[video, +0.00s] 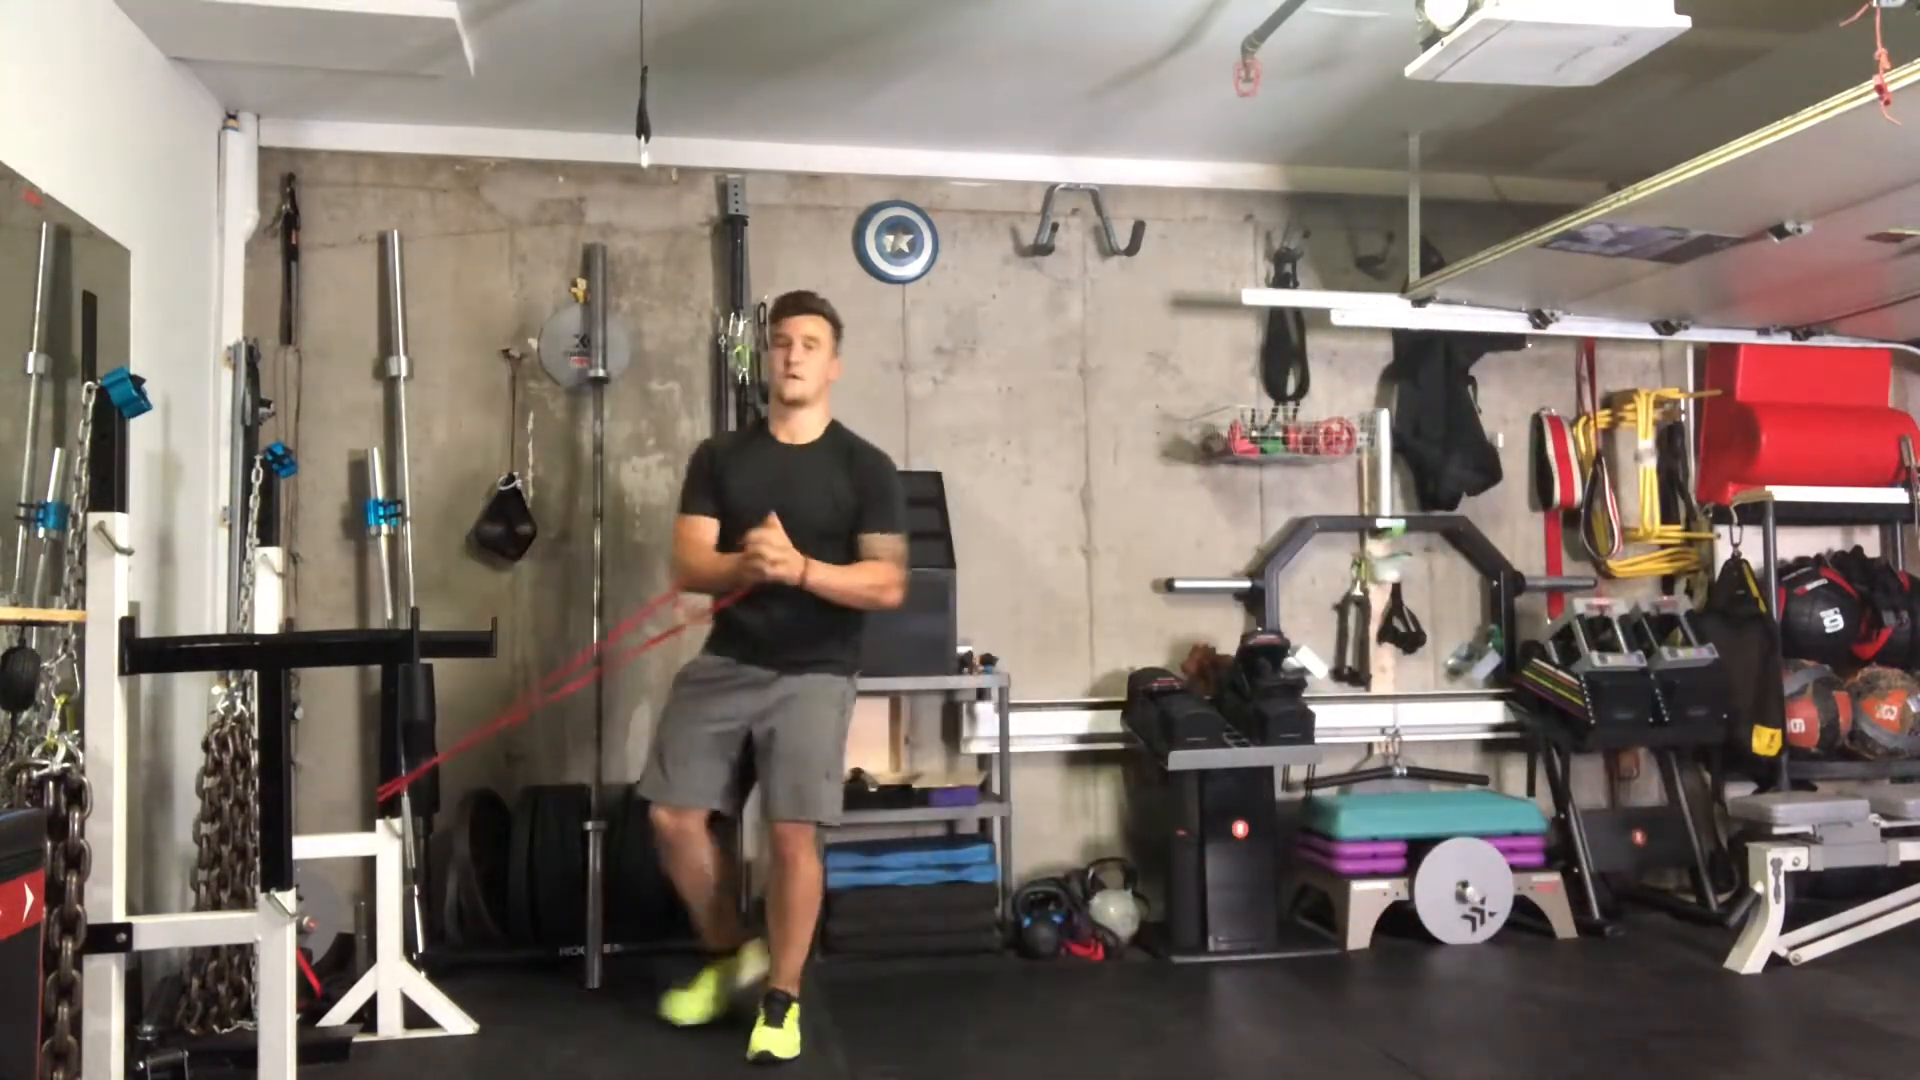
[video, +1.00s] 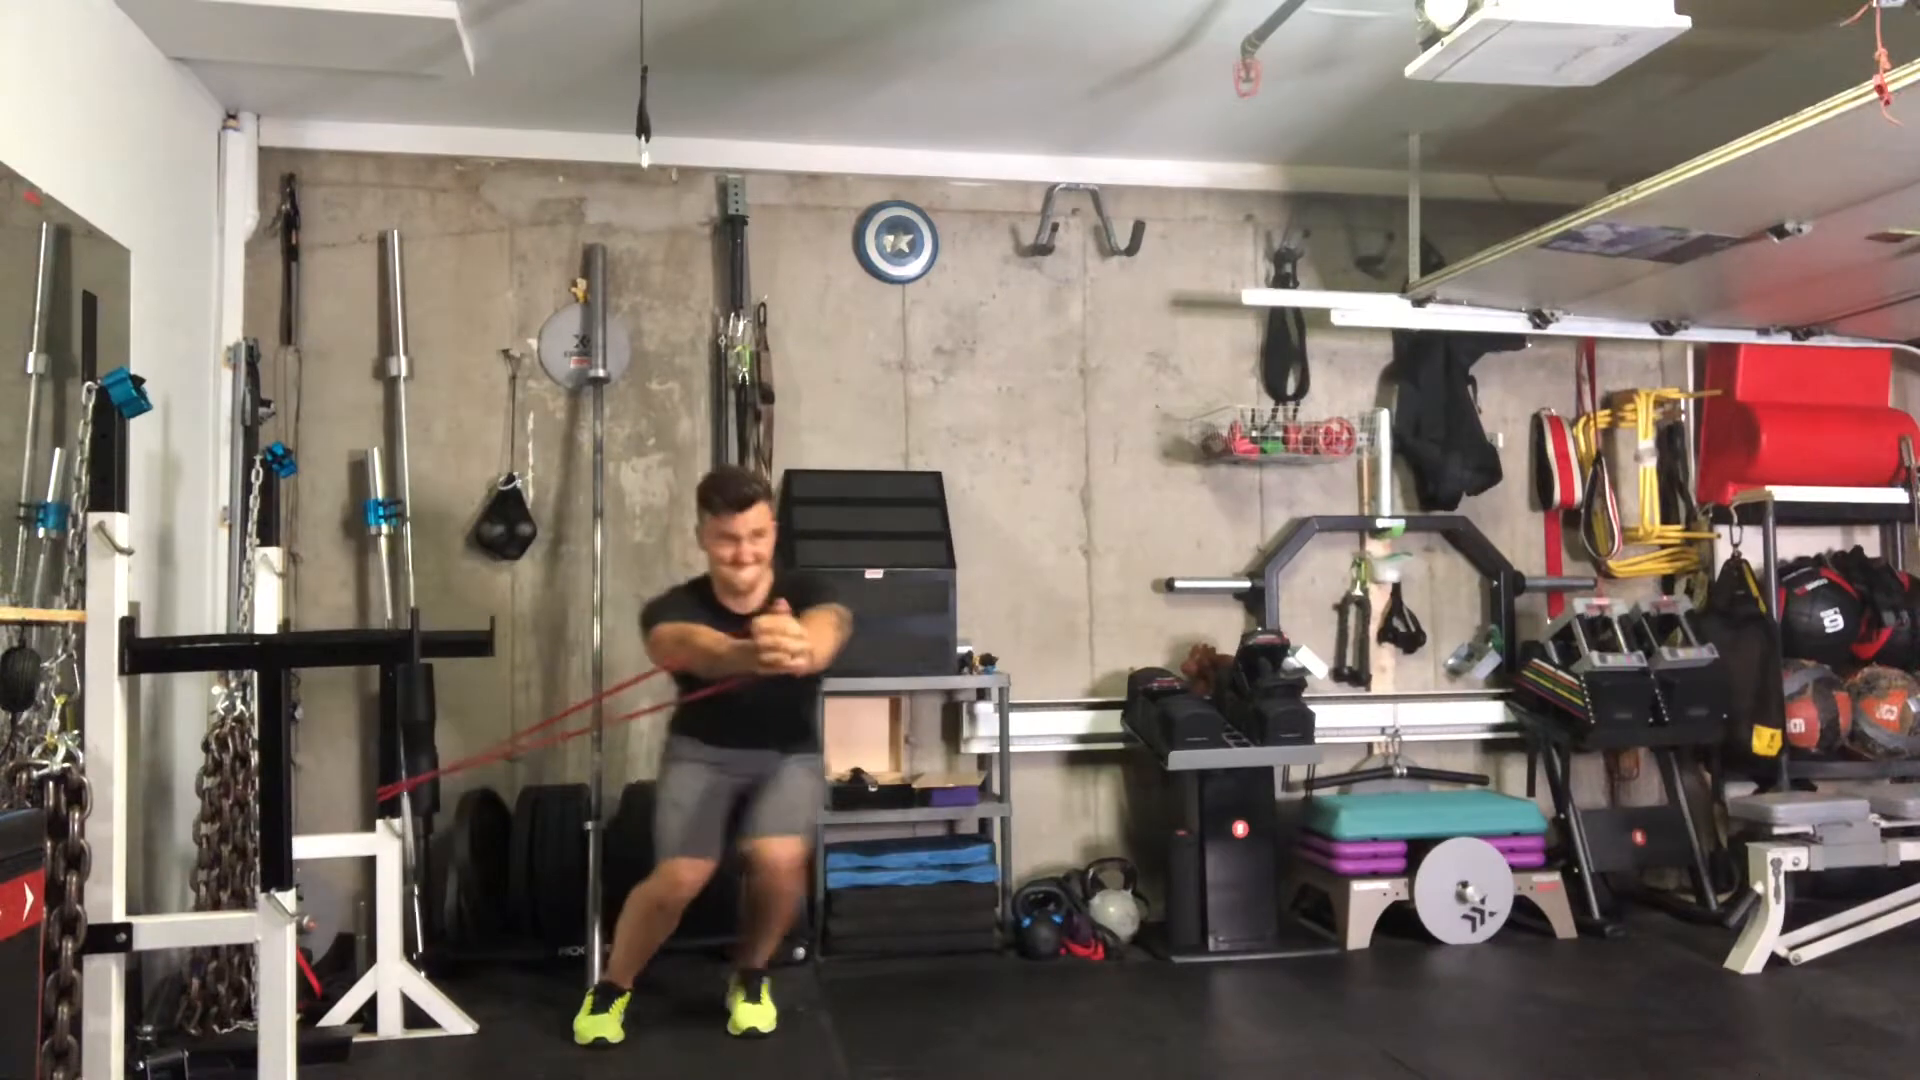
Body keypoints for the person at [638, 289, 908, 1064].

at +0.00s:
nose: (792, 357)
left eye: (809, 345)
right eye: (781, 344)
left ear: (834, 364)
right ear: (764, 359)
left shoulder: (868, 468)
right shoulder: (719, 458)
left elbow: (888, 585)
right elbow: (688, 568)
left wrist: (799, 568)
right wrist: (745, 564)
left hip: (813, 674)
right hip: (723, 666)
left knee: (793, 829)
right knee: (674, 814)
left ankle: (783, 997)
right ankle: (728, 952)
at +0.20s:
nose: (757, 366)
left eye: (772, 353)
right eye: (743, 353)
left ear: (796, 370)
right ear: (724, 367)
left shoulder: (832, 472)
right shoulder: (682, 465)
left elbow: (847, 579)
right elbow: (659, 571)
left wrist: (775, 555)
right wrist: (728, 552)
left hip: (794, 681)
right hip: (702, 677)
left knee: (790, 832)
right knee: (659, 833)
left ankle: (784, 1000)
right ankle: (620, 980)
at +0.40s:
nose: (712, 400)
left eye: (728, 387)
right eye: (699, 387)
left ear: (755, 401)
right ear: (682, 398)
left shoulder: (788, 491)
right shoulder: (636, 490)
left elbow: (798, 559)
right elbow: (643, 563)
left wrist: (758, 571)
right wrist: (698, 571)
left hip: (761, 679)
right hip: (665, 684)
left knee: (771, 810)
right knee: (636, 836)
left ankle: (786, 986)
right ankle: (606, 988)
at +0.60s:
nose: (700, 477)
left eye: (715, 461)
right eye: (686, 462)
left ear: (740, 470)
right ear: (668, 471)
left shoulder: (770, 544)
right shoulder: (628, 546)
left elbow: (779, 583)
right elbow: (638, 589)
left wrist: (751, 597)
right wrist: (693, 595)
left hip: (748, 727)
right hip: (658, 724)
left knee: (742, 848)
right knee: (645, 852)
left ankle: (748, 980)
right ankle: (607, 988)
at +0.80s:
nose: (714, 534)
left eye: (727, 517)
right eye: (699, 518)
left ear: (750, 520)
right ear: (678, 521)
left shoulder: (778, 582)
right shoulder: (640, 589)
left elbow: (799, 617)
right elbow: (651, 626)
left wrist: (771, 629)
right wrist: (709, 630)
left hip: (750, 749)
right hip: (663, 745)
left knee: (721, 857)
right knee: (652, 859)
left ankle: (745, 981)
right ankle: (609, 990)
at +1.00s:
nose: (744, 553)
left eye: (756, 537)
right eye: (728, 539)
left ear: (775, 533)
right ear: (702, 539)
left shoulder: (807, 589)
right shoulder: (673, 608)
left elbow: (830, 624)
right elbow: (678, 650)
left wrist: (806, 646)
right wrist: (751, 654)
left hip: (789, 756)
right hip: (701, 755)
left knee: (779, 858)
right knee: (683, 874)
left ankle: (750, 978)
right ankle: (611, 990)